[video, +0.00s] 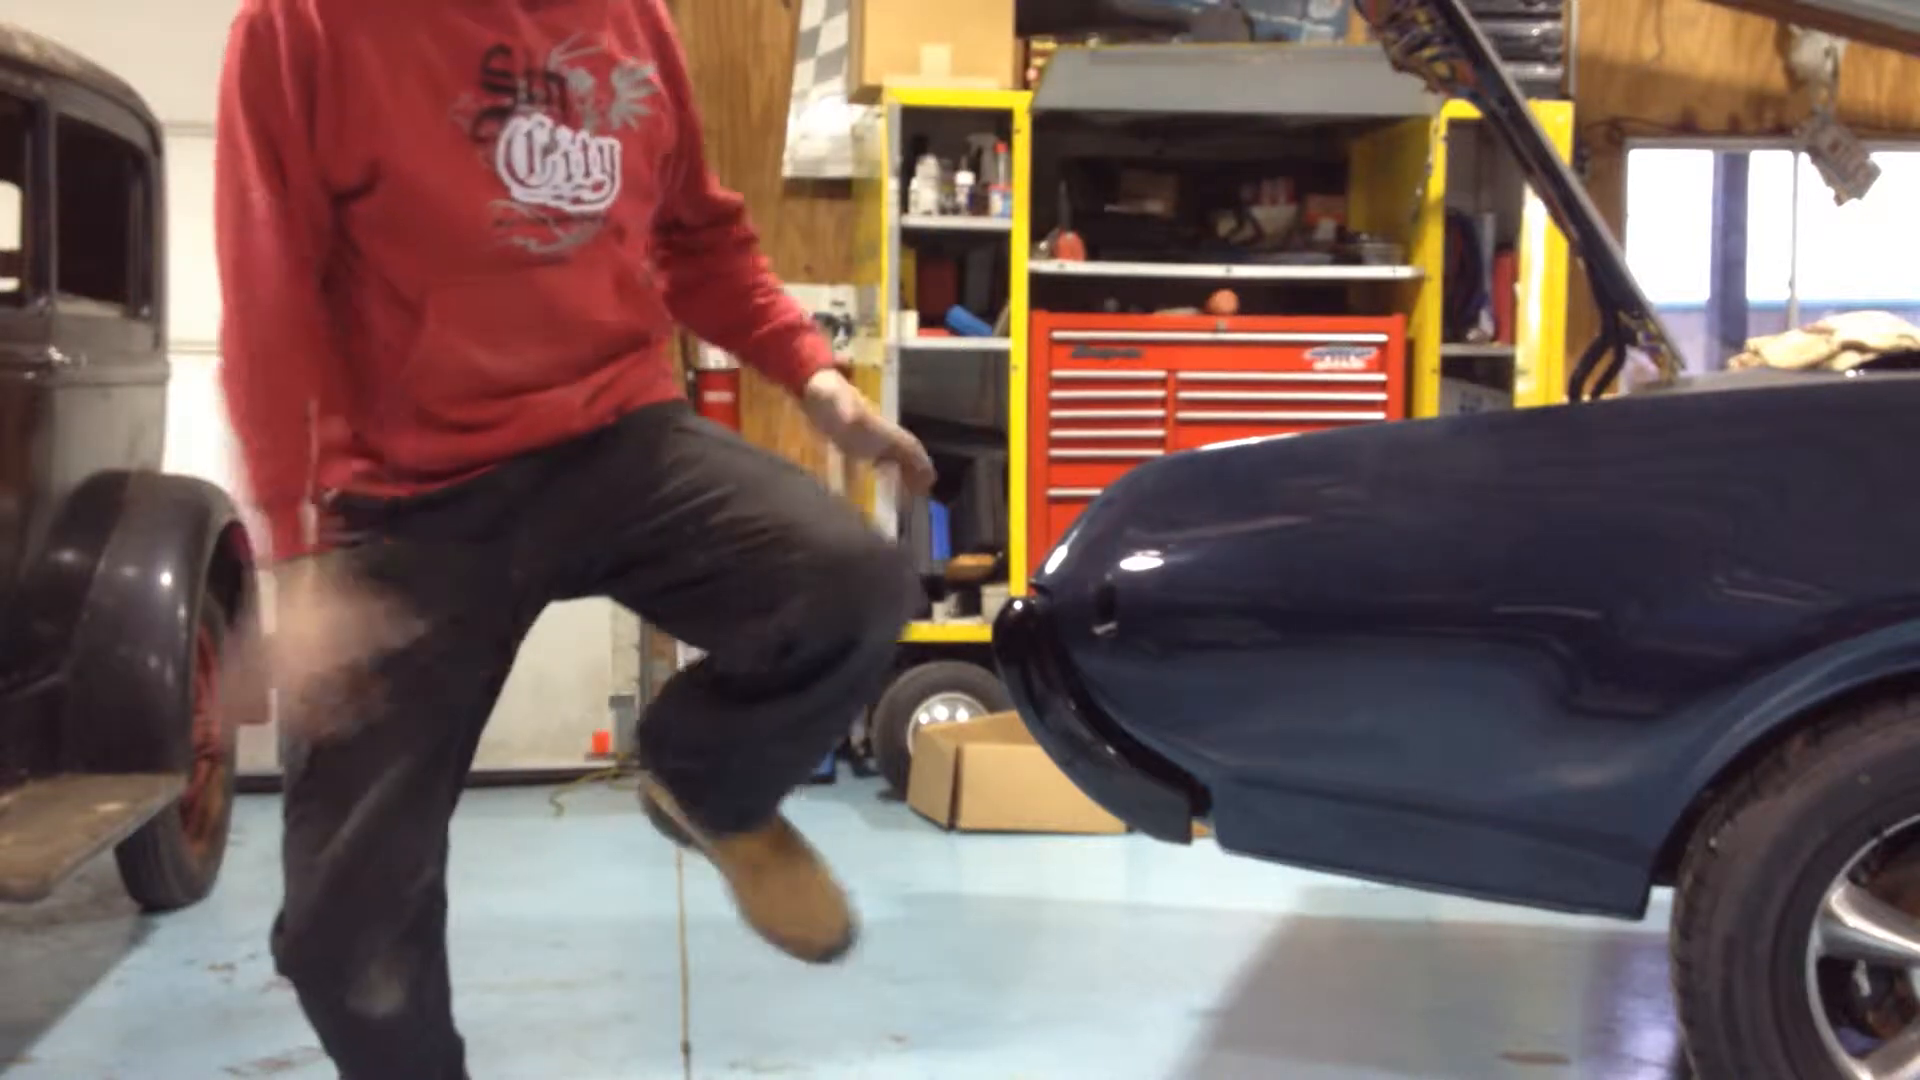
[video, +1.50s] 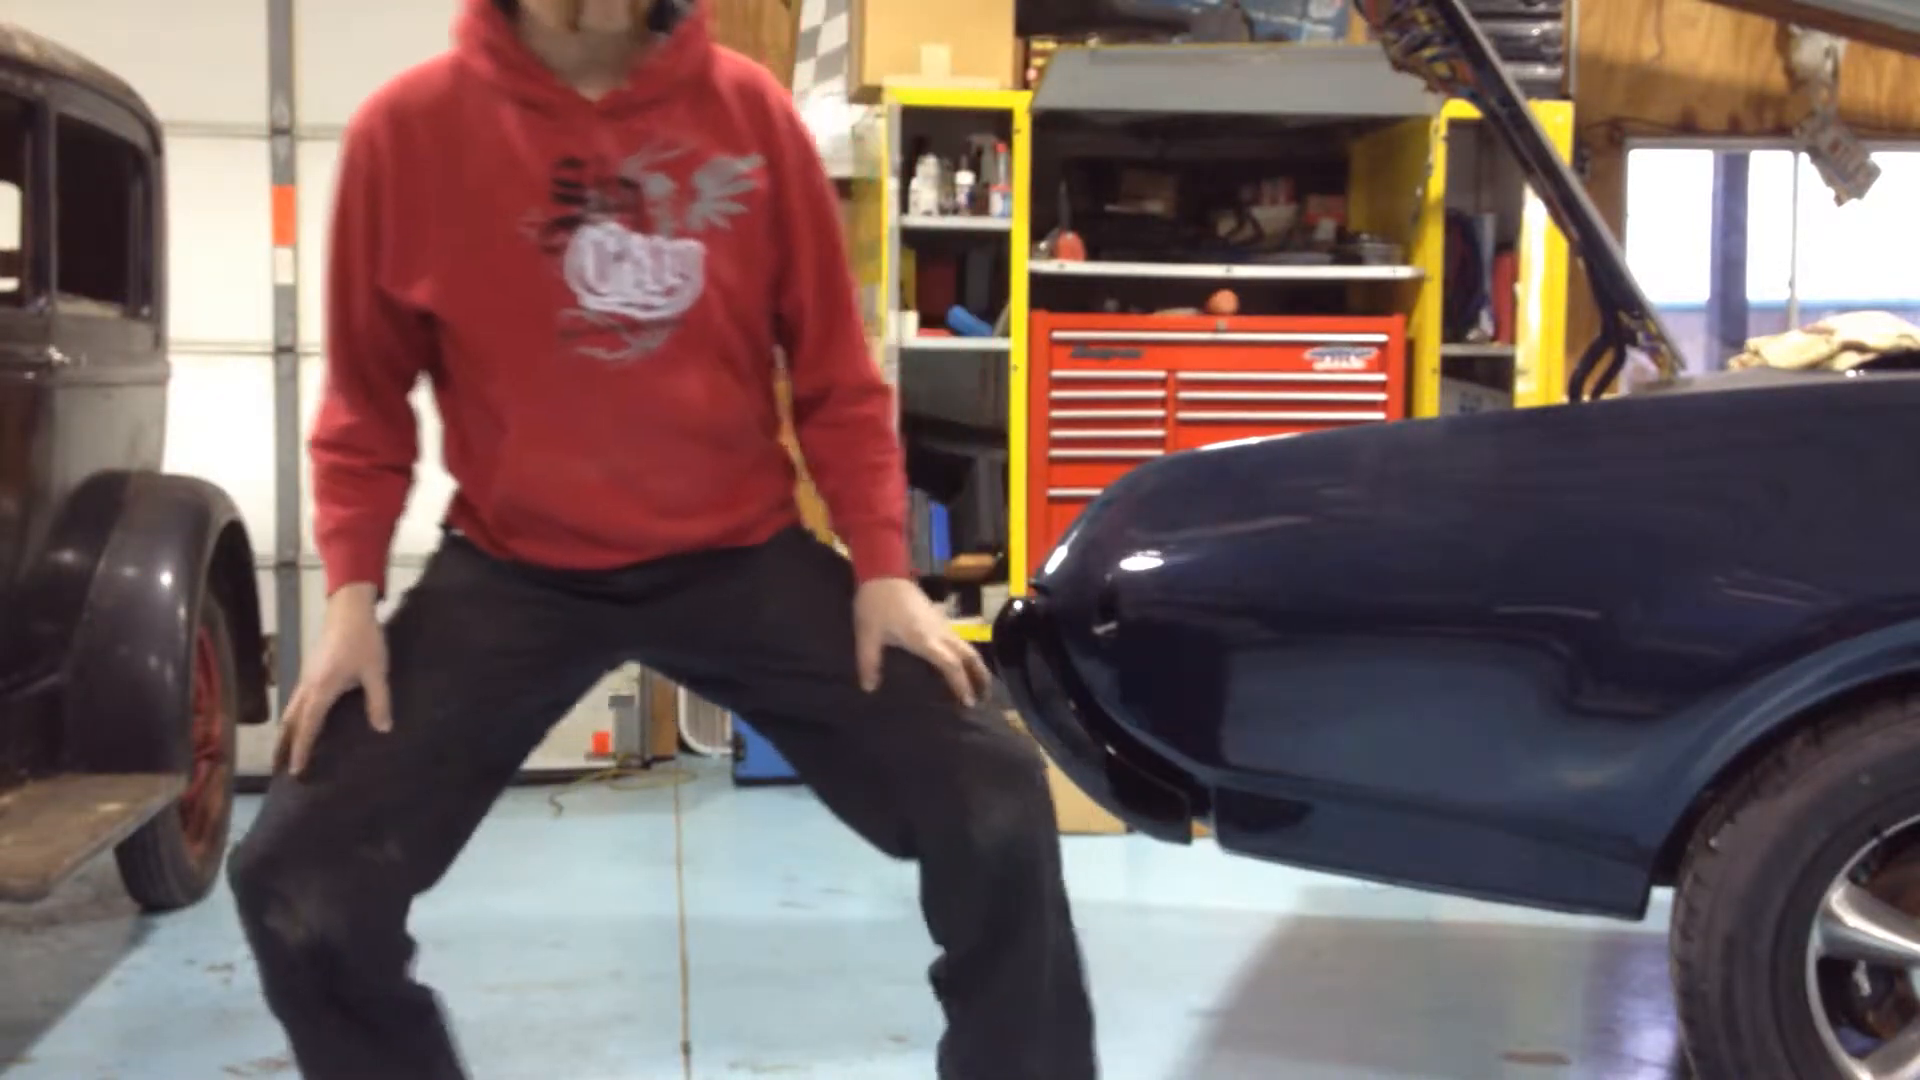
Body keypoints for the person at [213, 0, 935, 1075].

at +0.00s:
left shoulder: (627, 16)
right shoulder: (303, 24)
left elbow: (696, 231)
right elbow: (264, 293)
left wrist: (819, 380)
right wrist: (292, 560)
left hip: (622, 439)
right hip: (403, 504)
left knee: (855, 583)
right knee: (348, 927)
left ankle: (704, 777)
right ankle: (406, 1070)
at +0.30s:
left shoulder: (725, 35)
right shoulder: (387, 41)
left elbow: (783, 295)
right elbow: (332, 308)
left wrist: (799, 525)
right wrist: (307, 566)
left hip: (680, 517)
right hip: (451, 522)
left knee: (857, 847)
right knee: (350, 909)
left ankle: (944, 1075)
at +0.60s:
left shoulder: (877, 100)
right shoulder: (544, 94)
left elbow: (933, 358)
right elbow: (480, 349)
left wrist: (967, 587)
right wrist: (425, 579)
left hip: (817, 552)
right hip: (591, 544)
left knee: (1025, 844)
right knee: (350, 830)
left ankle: (1010, 1066)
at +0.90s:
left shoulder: (959, 132)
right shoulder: (629, 127)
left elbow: (1002, 385)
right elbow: (555, 374)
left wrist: (1009, 619)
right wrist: (485, 581)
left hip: (874, 590)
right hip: (649, 572)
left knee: (1068, 876)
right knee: (385, 826)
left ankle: (989, 1071)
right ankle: (404, 1068)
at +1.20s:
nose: (651, 15)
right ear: (626, 1)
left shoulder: (891, 143)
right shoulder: (560, 150)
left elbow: (959, 389)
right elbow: (499, 403)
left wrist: (975, 589)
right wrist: (438, 607)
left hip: (832, 597)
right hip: (598, 598)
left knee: (1068, 826)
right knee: (349, 876)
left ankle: (1021, 1070)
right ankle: (418, 1073)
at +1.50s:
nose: (631, 8)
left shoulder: (749, 113)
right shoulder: (408, 132)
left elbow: (834, 363)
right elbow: (364, 386)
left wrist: (884, 567)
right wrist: (351, 593)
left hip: (740, 561)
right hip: (514, 571)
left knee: (990, 792)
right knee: (302, 877)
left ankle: (1022, 1062)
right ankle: (404, 1067)